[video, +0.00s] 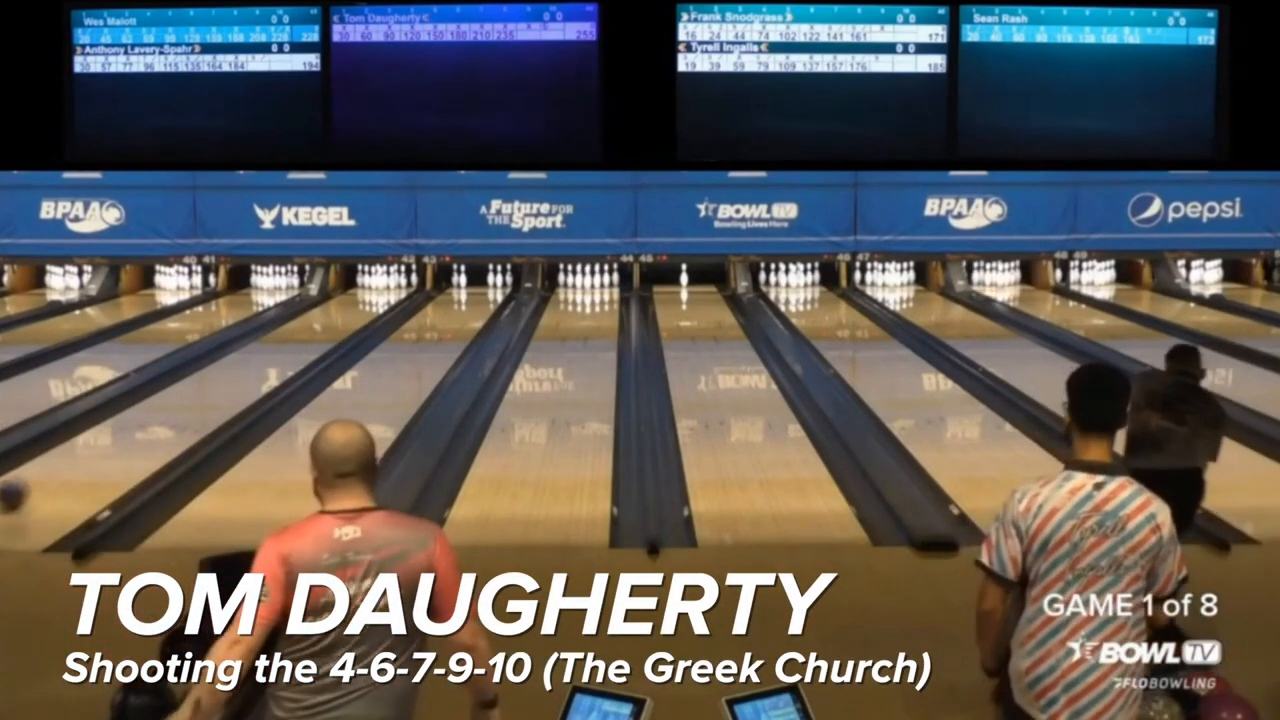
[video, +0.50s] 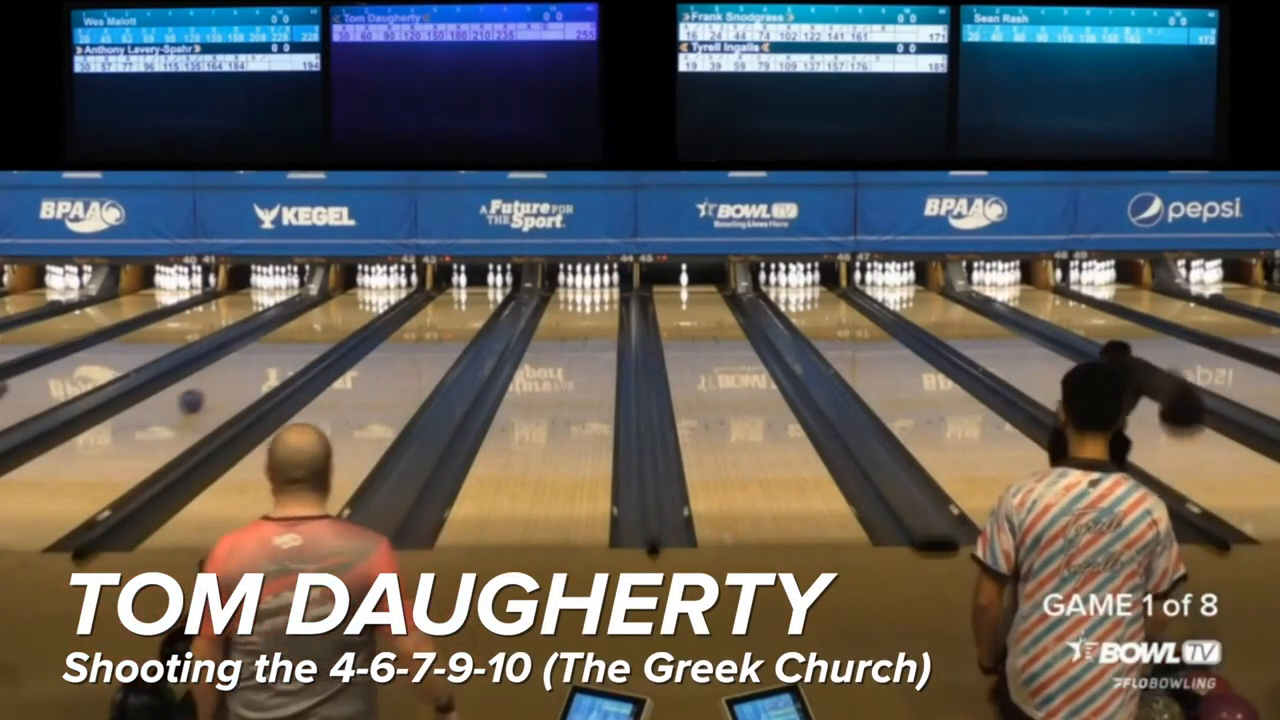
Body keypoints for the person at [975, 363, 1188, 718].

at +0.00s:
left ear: (1068, 416)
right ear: (1124, 419)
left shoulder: (1030, 503)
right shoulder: (1154, 512)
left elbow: (991, 605)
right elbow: (1162, 610)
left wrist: (993, 667)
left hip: (1036, 686)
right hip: (1115, 692)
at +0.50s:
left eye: (1061, 405)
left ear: (1063, 413)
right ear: (1122, 419)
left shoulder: (1024, 497)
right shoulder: (1149, 508)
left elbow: (987, 600)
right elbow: (1160, 607)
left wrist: (990, 662)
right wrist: (1141, 650)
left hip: (1033, 686)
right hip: (1112, 692)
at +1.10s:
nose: (1060, 414)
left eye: (1060, 406)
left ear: (1062, 414)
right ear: (1118, 417)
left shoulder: (1023, 494)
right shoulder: (1152, 504)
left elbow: (986, 596)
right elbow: (1160, 608)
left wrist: (987, 661)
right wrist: (1140, 671)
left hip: (1032, 688)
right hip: (1110, 694)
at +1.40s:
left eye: (1057, 408)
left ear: (1060, 413)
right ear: (1116, 419)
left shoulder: (1022, 498)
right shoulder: (1146, 511)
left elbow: (983, 601)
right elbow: (1154, 612)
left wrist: (986, 665)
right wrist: (1139, 669)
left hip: (1028, 685)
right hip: (1107, 693)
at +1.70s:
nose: (1055, 412)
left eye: (1057, 405)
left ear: (1059, 412)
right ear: (1114, 417)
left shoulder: (1021, 499)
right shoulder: (1144, 512)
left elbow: (982, 602)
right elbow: (1151, 614)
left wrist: (985, 668)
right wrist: (1138, 672)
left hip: (1028, 686)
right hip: (1105, 694)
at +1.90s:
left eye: (1058, 405)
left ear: (1060, 413)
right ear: (1115, 418)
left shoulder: (1020, 499)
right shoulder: (1143, 512)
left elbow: (983, 602)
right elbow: (1150, 615)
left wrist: (984, 667)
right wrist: (1137, 674)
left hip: (1026, 686)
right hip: (1104, 695)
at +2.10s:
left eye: (1059, 406)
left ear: (1059, 415)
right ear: (1116, 421)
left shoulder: (1021, 499)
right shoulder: (1144, 512)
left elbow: (983, 601)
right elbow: (1149, 614)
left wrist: (984, 666)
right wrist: (1141, 674)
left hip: (1026, 687)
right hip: (1104, 695)